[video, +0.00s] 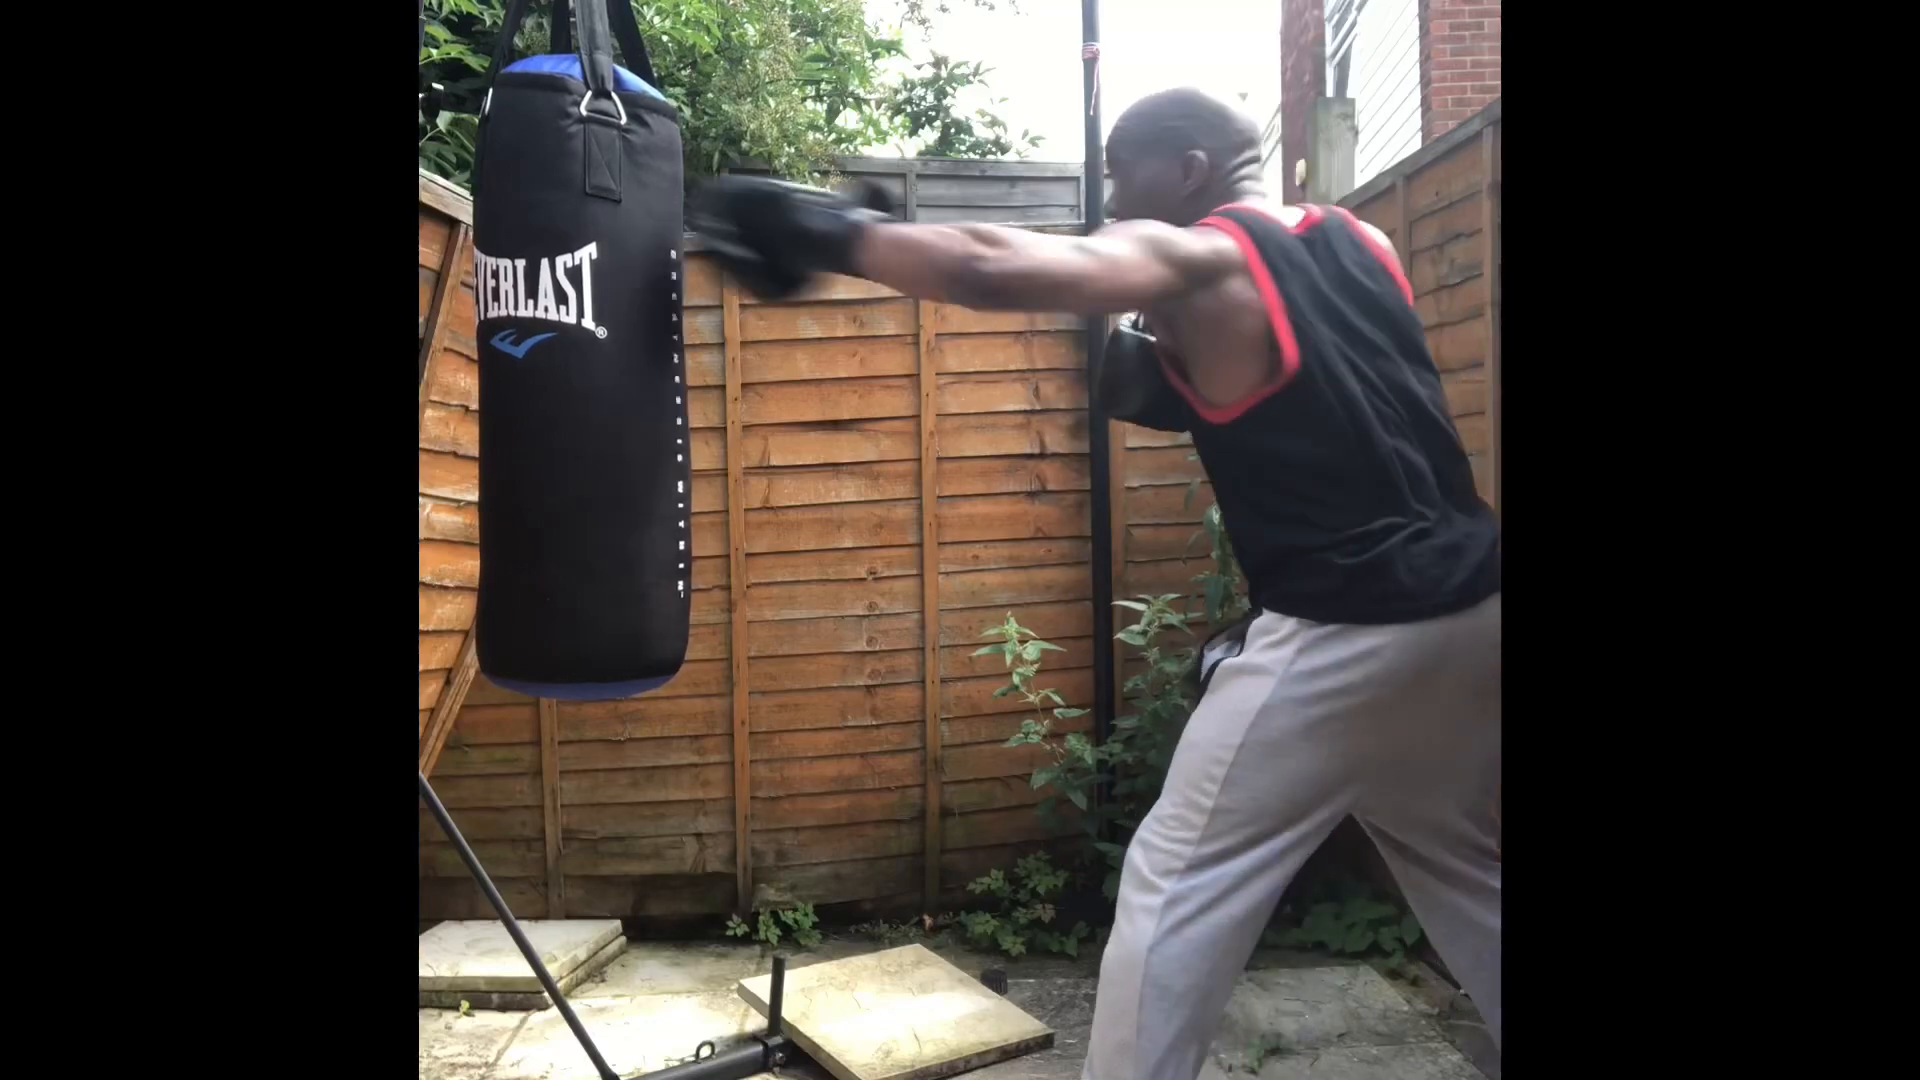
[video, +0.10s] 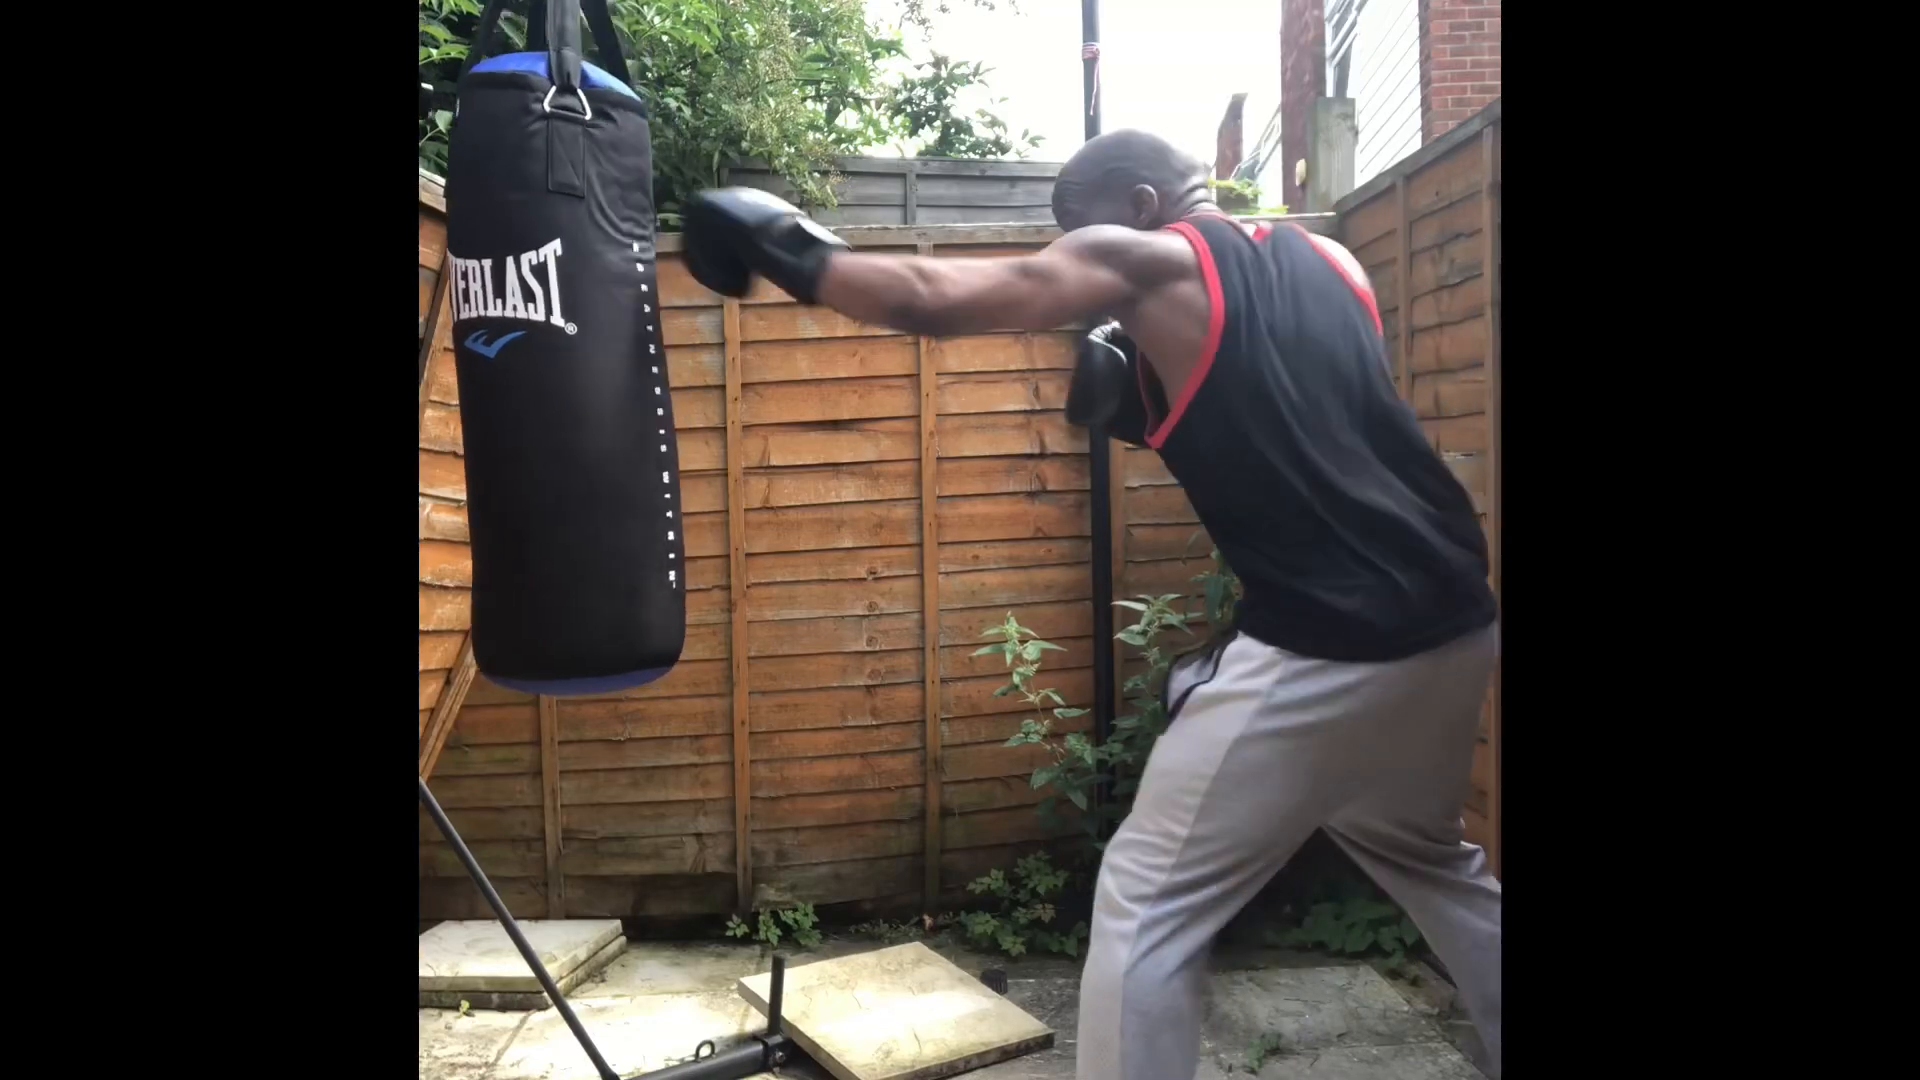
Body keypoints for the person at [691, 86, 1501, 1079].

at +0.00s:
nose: (1119, 215)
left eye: (1123, 187)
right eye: (1115, 194)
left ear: (1182, 167)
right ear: (1236, 164)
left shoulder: (1200, 253)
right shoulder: (1358, 237)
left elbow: (993, 267)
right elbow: (1318, 386)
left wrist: (821, 231)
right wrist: (1174, 386)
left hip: (1339, 626)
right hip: (1469, 608)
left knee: (1180, 879)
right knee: (1470, 876)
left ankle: (1130, 1070)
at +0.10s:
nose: (1077, 257)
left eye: (1083, 237)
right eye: (1073, 240)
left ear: (1148, 201)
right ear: (1177, 193)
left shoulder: (1148, 254)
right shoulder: (1327, 256)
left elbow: (936, 294)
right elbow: (1295, 423)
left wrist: (783, 248)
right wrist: (1143, 405)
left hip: (1324, 634)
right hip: (1455, 612)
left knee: (1148, 895)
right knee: (1423, 849)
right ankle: (1509, 1048)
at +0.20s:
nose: (1073, 247)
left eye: (1078, 219)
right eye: (1068, 224)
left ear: (1148, 197)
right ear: (1171, 194)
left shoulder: (1168, 265)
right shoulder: (1311, 265)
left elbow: (1034, 413)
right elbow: (1258, 433)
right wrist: (1110, 422)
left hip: (1290, 645)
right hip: (1427, 631)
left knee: (1131, 893)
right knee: (1418, 865)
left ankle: (1106, 1071)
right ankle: (1499, 1052)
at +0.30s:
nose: (1089, 243)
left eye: (1098, 212)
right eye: (1083, 218)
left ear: (1173, 193)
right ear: (1188, 197)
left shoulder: (1207, 272)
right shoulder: (1319, 261)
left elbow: (1141, 469)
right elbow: (1277, 432)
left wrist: (1035, 381)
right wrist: (1139, 355)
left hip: (1297, 636)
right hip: (1420, 626)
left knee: (1139, 898)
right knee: (1427, 882)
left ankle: (1109, 1068)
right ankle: (1501, 1053)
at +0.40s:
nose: (1126, 242)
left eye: (1133, 210)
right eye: (1121, 216)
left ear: (1211, 190)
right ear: (1223, 190)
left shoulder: (1251, 271)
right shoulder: (1343, 255)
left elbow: (1195, 485)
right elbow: (1275, 454)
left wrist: (1083, 355)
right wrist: (1157, 351)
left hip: (1316, 640)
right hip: (1436, 629)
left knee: (1160, 899)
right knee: (1431, 879)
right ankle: (1499, 1053)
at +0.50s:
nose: (1165, 232)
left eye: (1172, 204)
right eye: (1159, 208)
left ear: (1248, 183)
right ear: (1261, 183)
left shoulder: (1290, 274)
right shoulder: (1378, 254)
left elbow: (1241, 486)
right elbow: (1326, 444)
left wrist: (1125, 363)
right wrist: (1194, 366)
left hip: (1350, 641)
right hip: (1454, 624)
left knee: (1187, 900)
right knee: (1435, 882)